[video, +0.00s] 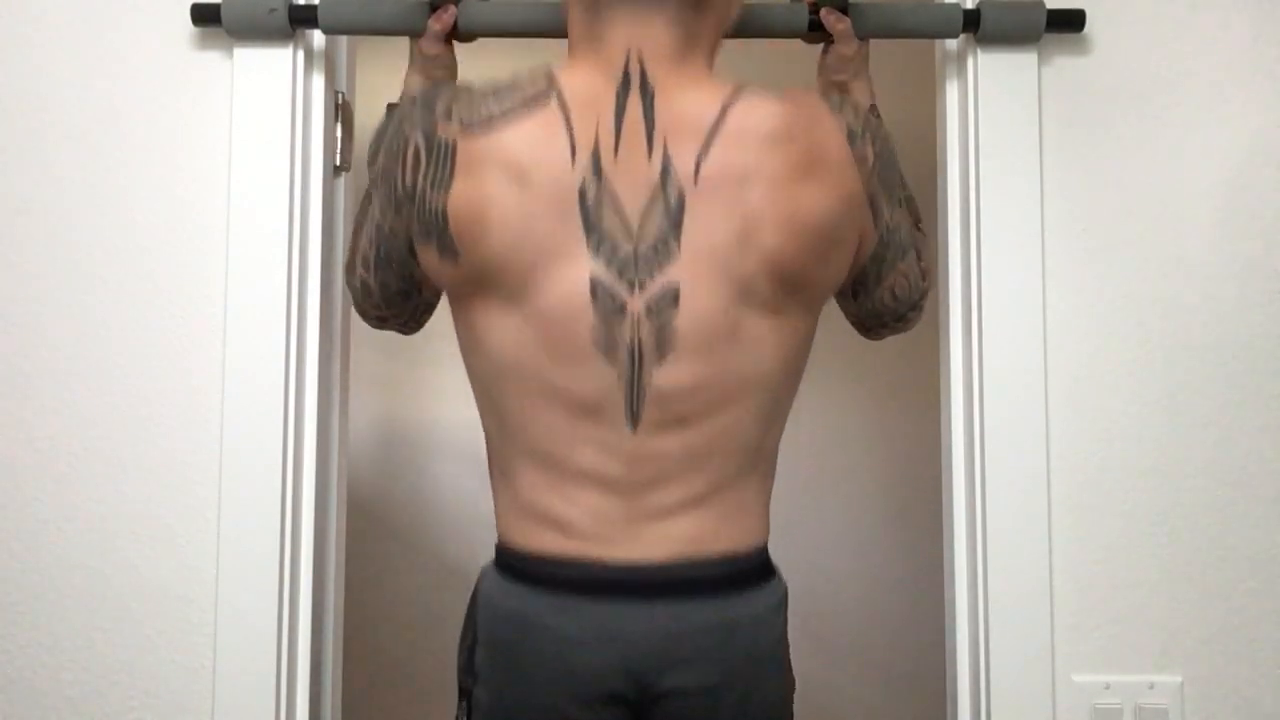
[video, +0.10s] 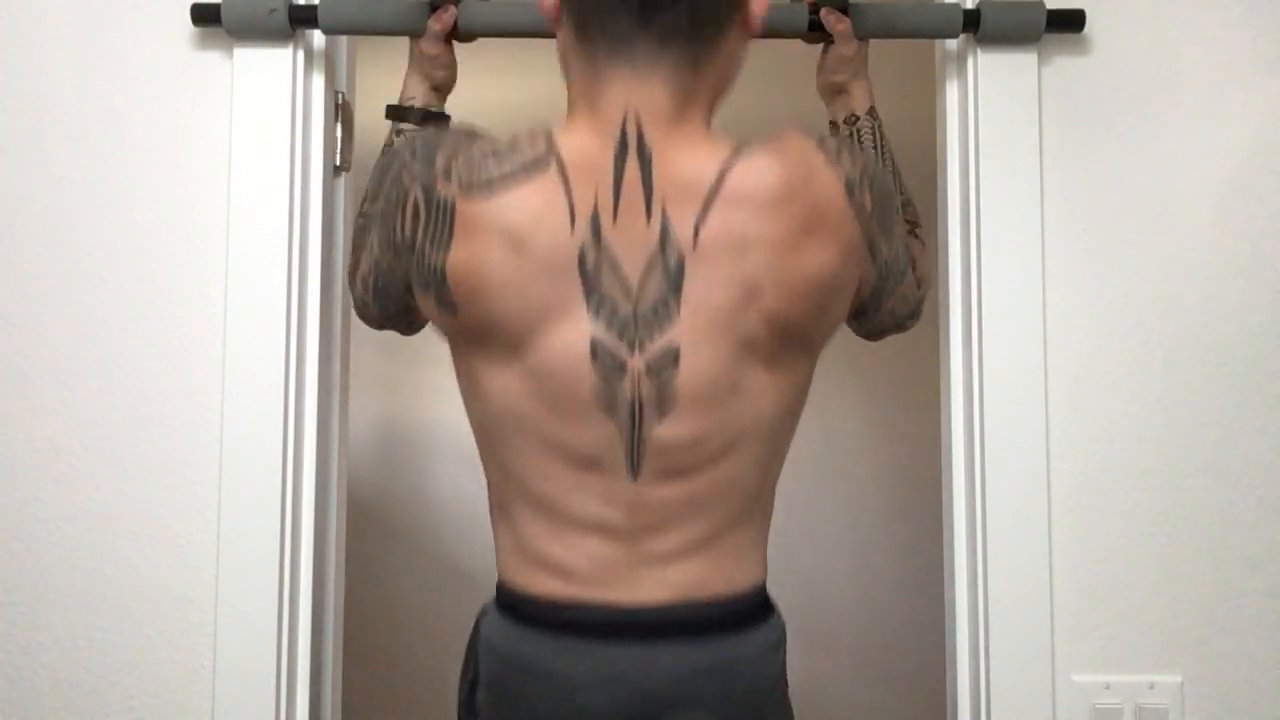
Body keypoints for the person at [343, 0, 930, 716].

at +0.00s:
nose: (732, 13)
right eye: (729, 10)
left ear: (571, 5)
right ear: (724, 7)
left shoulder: (464, 139)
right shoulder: (806, 144)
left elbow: (384, 300)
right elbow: (893, 303)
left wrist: (423, 85)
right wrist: (853, 96)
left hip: (536, 627)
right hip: (729, 628)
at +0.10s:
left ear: (554, 17)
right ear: (752, 18)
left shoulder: (461, 196)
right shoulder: (802, 198)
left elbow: (382, 298)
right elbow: (896, 299)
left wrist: (421, 101)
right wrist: (851, 101)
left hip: (533, 661)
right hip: (727, 663)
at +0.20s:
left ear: (544, 49)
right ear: (756, 59)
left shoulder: (464, 244)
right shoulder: (803, 247)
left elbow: (378, 282)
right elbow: (899, 293)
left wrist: (421, 98)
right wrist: (850, 99)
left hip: (530, 687)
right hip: (725, 688)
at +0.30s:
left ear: (543, 104)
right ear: (755, 113)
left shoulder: (467, 293)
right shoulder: (806, 290)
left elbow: (384, 263)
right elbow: (900, 270)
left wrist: (422, 97)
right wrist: (850, 100)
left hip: (529, 699)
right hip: (725, 699)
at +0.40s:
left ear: (542, 152)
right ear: (751, 161)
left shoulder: (472, 338)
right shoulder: (798, 332)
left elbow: (389, 257)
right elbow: (892, 258)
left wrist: (423, 95)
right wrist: (849, 98)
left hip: (532, 706)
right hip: (722, 706)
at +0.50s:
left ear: (538, 193)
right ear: (749, 200)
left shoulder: (476, 371)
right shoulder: (793, 360)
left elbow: (393, 256)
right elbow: (892, 266)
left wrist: (424, 91)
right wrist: (848, 98)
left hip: (535, 711)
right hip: (723, 710)